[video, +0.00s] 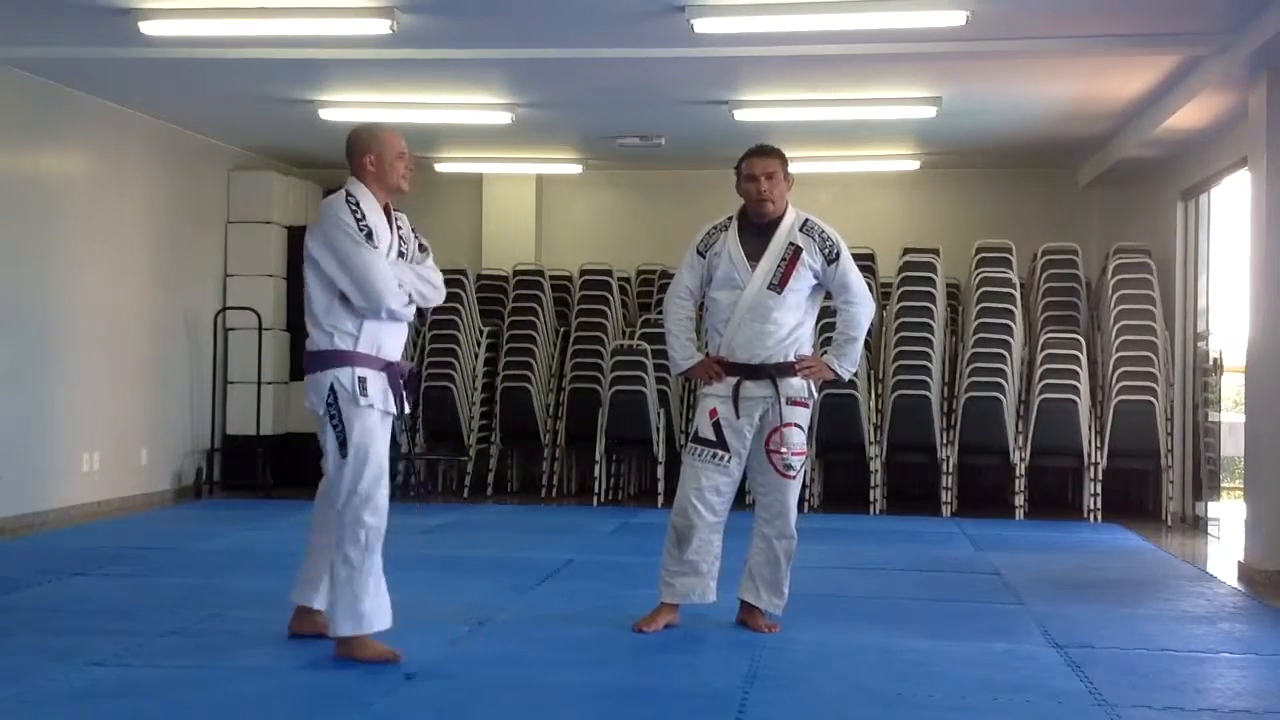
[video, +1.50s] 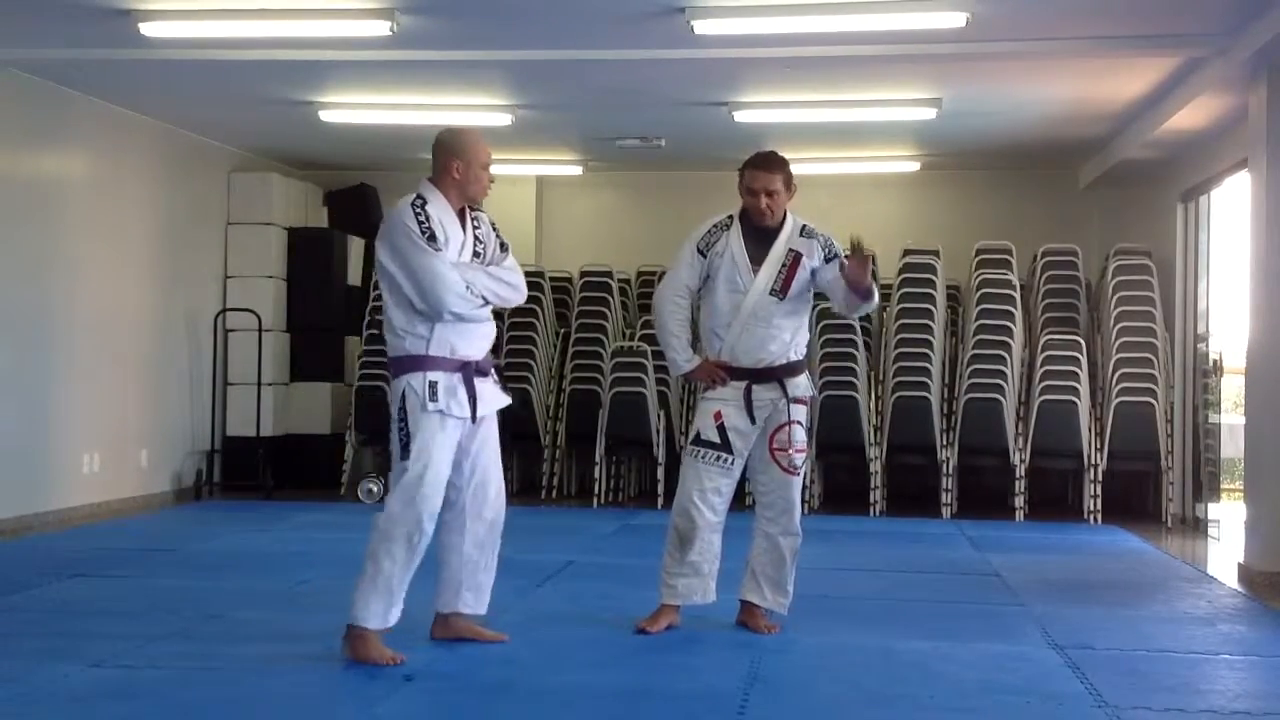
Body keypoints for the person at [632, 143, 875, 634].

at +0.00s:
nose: (761, 187)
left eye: (771, 177)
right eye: (751, 179)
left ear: (788, 183)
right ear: (738, 186)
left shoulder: (818, 240)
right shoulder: (712, 239)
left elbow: (857, 303)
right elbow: (678, 301)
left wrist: (838, 361)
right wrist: (688, 357)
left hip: (787, 390)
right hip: (722, 385)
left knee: (778, 506)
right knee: (695, 499)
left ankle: (756, 605)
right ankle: (670, 602)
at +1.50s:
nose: (763, 203)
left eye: (773, 194)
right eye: (754, 193)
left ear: (790, 194)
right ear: (740, 191)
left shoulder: (814, 244)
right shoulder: (713, 237)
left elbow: (851, 304)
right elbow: (669, 298)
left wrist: (860, 287)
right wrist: (687, 360)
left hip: (787, 390)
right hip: (722, 386)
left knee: (780, 506)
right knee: (695, 501)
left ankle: (757, 604)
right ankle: (672, 602)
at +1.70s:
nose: (765, 203)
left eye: (775, 194)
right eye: (756, 193)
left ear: (790, 195)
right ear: (740, 191)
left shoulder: (806, 238)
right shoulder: (711, 236)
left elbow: (860, 262)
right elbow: (668, 298)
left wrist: (847, 213)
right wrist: (686, 361)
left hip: (784, 388)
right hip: (720, 386)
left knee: (779, 506)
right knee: (694, 502)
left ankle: (757, 604)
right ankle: (672, 603)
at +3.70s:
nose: (747, 201)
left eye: (759, 196)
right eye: (745, 190)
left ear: (786, 200)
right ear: (742, 186)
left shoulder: (810, 239)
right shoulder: (717, 236)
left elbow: (853, 221)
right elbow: (676, 296)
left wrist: (810, 182)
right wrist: (687, 357)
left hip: (787, 389)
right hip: (723, 386)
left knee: (780, 506)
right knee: (696, 501)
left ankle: (755, 606)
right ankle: (672, 604)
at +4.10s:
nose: (736, 202)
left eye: (746, 195)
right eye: (733, 192)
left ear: (775, 195)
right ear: (731, 188)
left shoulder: (807, 240)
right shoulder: (712, 238)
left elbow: (866, 285)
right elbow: (674, 302)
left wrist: (825, 247)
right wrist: (687, 360)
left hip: (785, 389)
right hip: (721, 386)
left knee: (780, 506)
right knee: (696, 502)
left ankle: (756, 605)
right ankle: (672, 604)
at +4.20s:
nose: (733, 203)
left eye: (743, 196)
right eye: (729, 194)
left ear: (771, 194)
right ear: (725, 190)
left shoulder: (809, 239)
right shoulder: (709, 240)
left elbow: (861, 282)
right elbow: (674, 303)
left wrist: (846, 311)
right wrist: (687, 360)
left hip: (786, 390)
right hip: (722, 387)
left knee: (780, 506)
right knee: (696, 501)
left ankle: (756, 605)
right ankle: (672, 604)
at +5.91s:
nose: (765, 193)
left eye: (776, 185)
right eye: (757, 183)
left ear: (793, 192)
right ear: (743, 187)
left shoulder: (817, 246)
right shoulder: (711, 238)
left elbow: (854, 307)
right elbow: (673, 299)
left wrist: (832, 364)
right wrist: (686, 358)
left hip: (785, 392)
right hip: (720, 387)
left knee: (778, 508)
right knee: (694, 502)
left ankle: (756, 607)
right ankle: (671, 605)